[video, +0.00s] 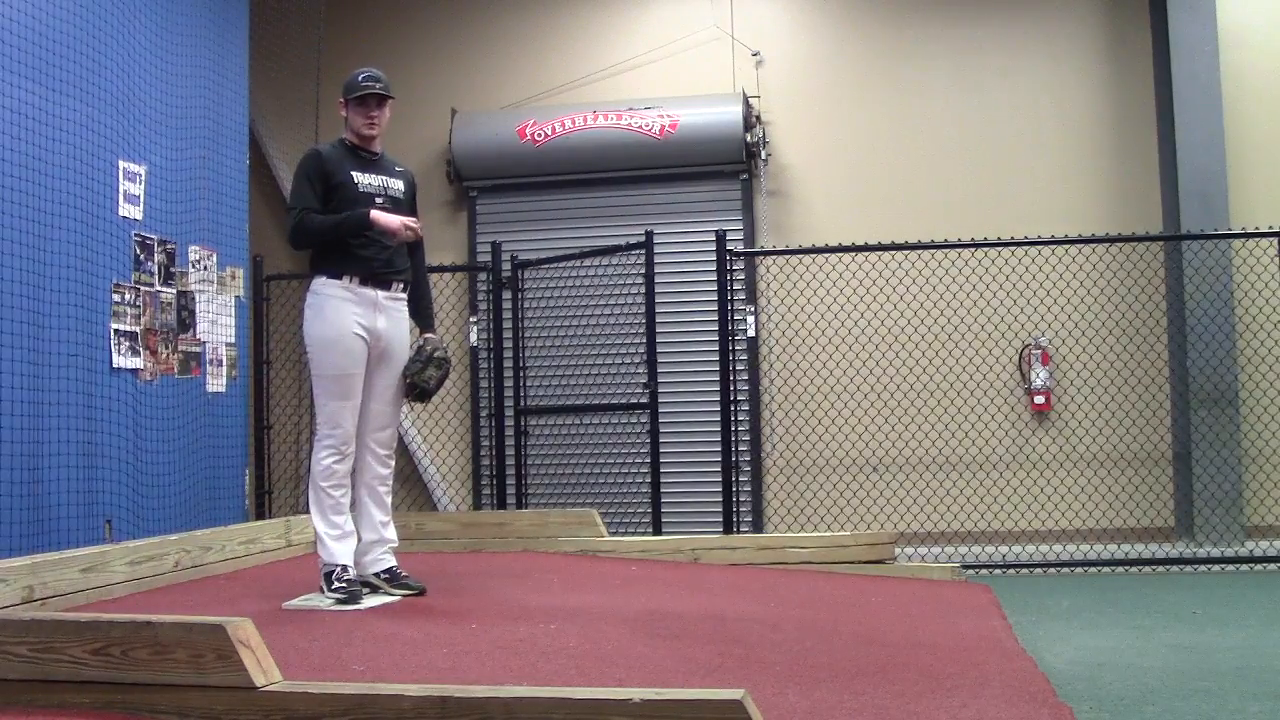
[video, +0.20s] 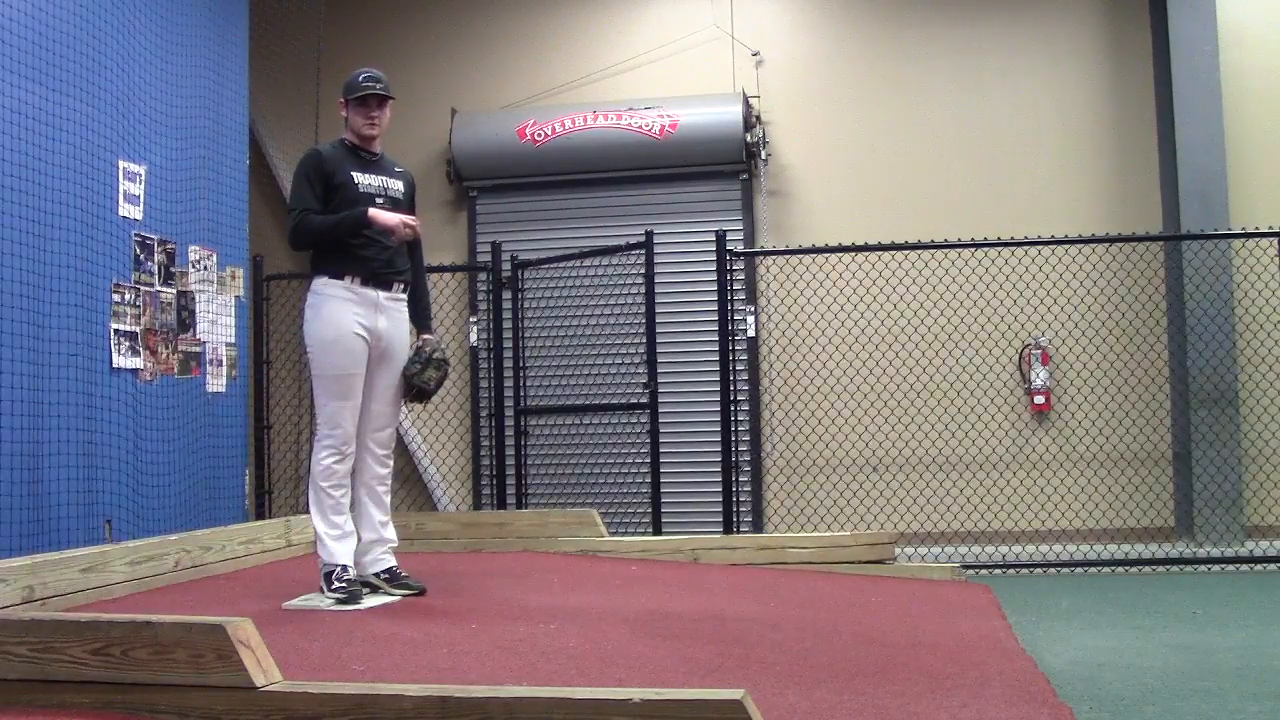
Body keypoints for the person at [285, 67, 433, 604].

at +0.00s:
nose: (372, 112)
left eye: (379, 104)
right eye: (363, 104)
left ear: (390, 110)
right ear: (344, 110)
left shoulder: (402, 176)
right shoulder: (320, 161)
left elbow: (415, 256)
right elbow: (299, 229)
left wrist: (425, 328)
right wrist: (372, 217)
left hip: (395, 308)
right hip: (338, 302)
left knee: (380, 440)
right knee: (337, 437)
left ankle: (376, 561)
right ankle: (336, 564)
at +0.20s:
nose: (372, 112)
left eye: (380, 104)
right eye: (363, 104)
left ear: (391, 111)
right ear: (344, 110)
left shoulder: (401, 177)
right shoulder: (320, 162)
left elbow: (413, 257)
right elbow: (299, 231)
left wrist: (422, 327)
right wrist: (369, 215)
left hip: (395, 308)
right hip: (338, 301)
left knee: (379, 440)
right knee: (338, 438)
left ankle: (376, 561)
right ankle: (336, 564)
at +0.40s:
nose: (373, 113)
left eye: (381, 104)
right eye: (363, 104)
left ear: (391, 111)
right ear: (344, 110)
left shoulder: (401, 177)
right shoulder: (320, 162)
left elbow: (413, 259)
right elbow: (298, 231)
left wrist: (422, 328)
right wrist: (366, 216)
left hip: (395, 309)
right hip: (338, 303)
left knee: (378, 441)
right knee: (337, 438)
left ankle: (376, 561)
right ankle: (335, 564)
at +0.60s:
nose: (373, 113)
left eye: (380, 105)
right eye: (363, 105)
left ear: (391, 111)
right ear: (345, 110)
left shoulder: (402, 177)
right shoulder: (320, 163)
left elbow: (415, 259)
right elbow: (299, 232)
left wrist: (424, 328)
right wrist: (366, 217)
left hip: (395, 310)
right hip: (338, 303)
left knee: (378, 440)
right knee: (337, 438)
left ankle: (376, 561)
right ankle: (335, 564)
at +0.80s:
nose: (373, 113)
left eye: (380, 105)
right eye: (363, 105)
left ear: (391, 111)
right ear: (345, 110)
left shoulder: (403, 176)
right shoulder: (320, 163)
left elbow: (416, 258)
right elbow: (299, 232)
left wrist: (425, 327)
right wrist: (366, 217)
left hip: (395, 310)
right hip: (338, 303)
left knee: (379, 440)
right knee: (338, 438)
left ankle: (376, 561)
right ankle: (336, 564)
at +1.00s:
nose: (373, 113)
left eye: (380, 104)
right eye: (363, 105)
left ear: (390, 111)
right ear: (344, 110)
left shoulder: (403, 176)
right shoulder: (320, 163)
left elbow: (417, 258)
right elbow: (298, 233)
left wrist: (425, 328)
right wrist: (364, 218)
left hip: (395, 310)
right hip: (338, 304)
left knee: (379, 441)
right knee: (338, 438)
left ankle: (377, 561)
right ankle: (336, 564)